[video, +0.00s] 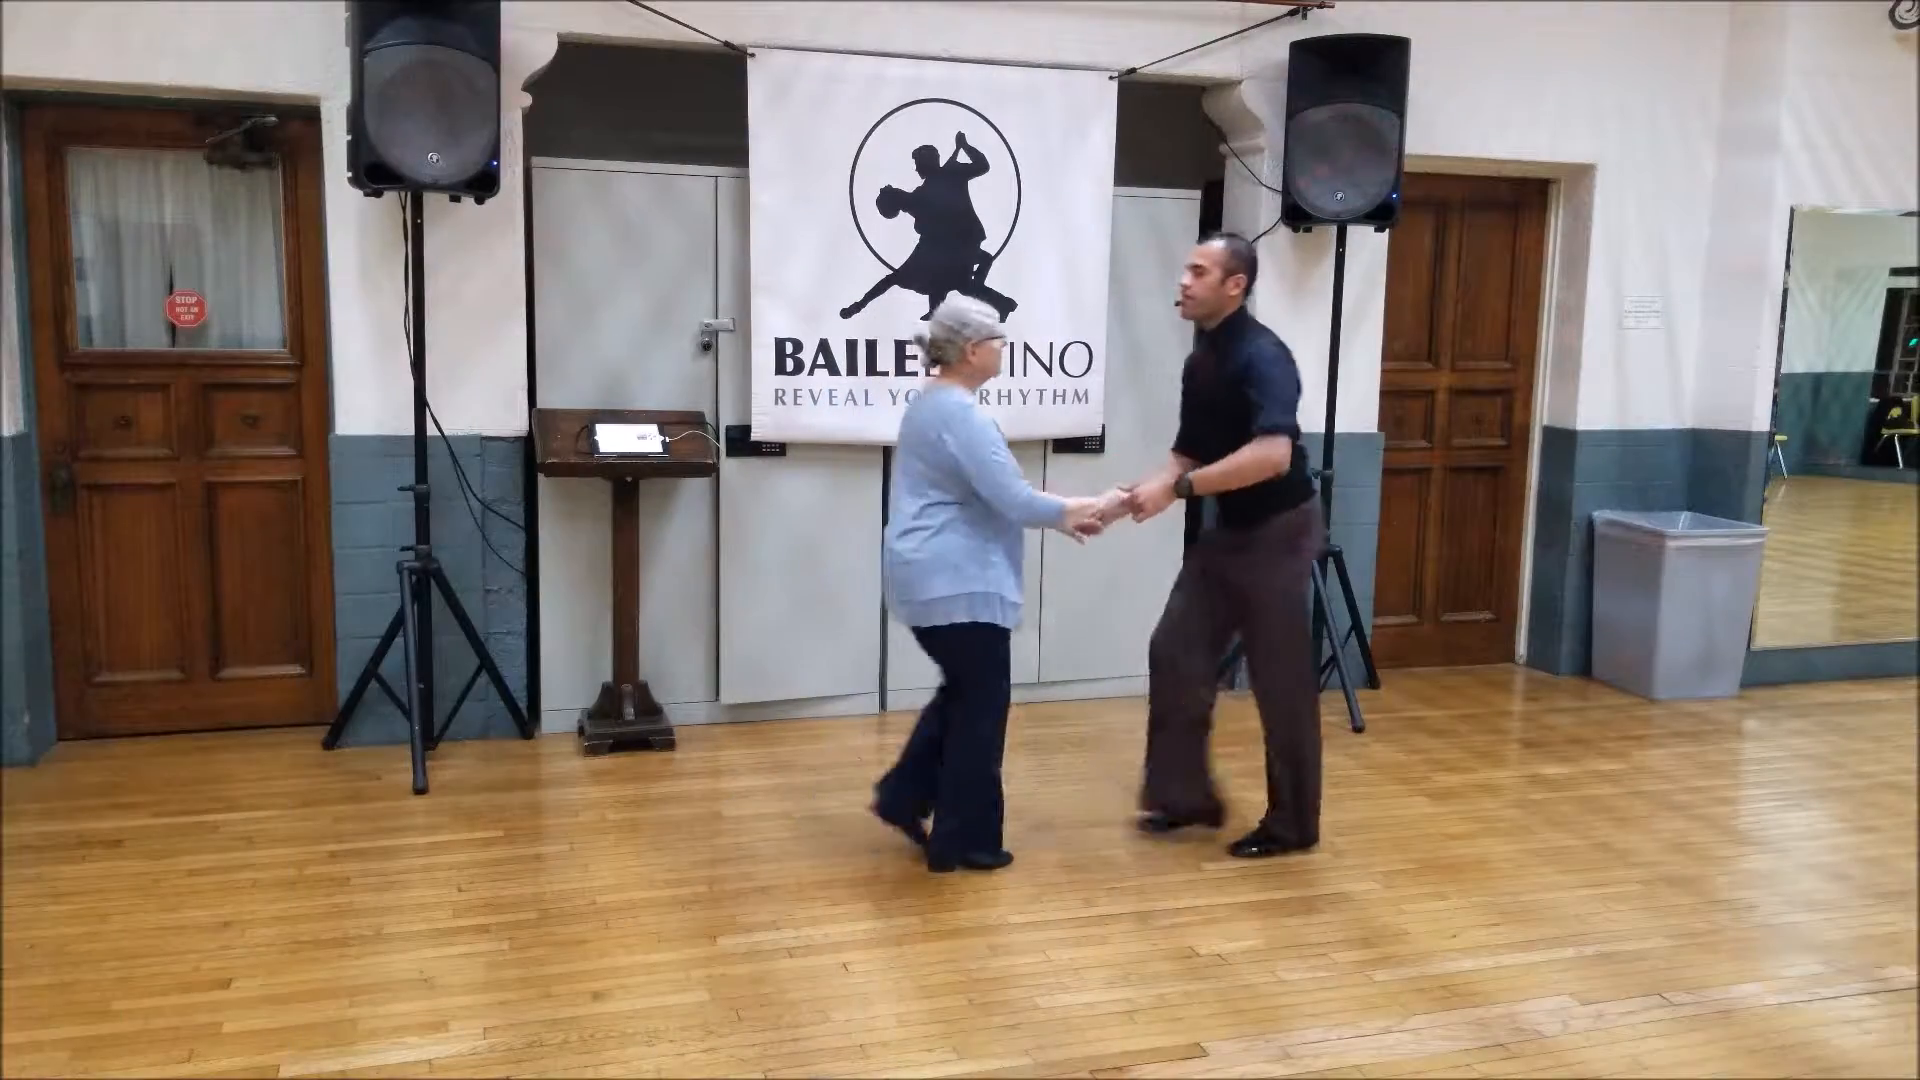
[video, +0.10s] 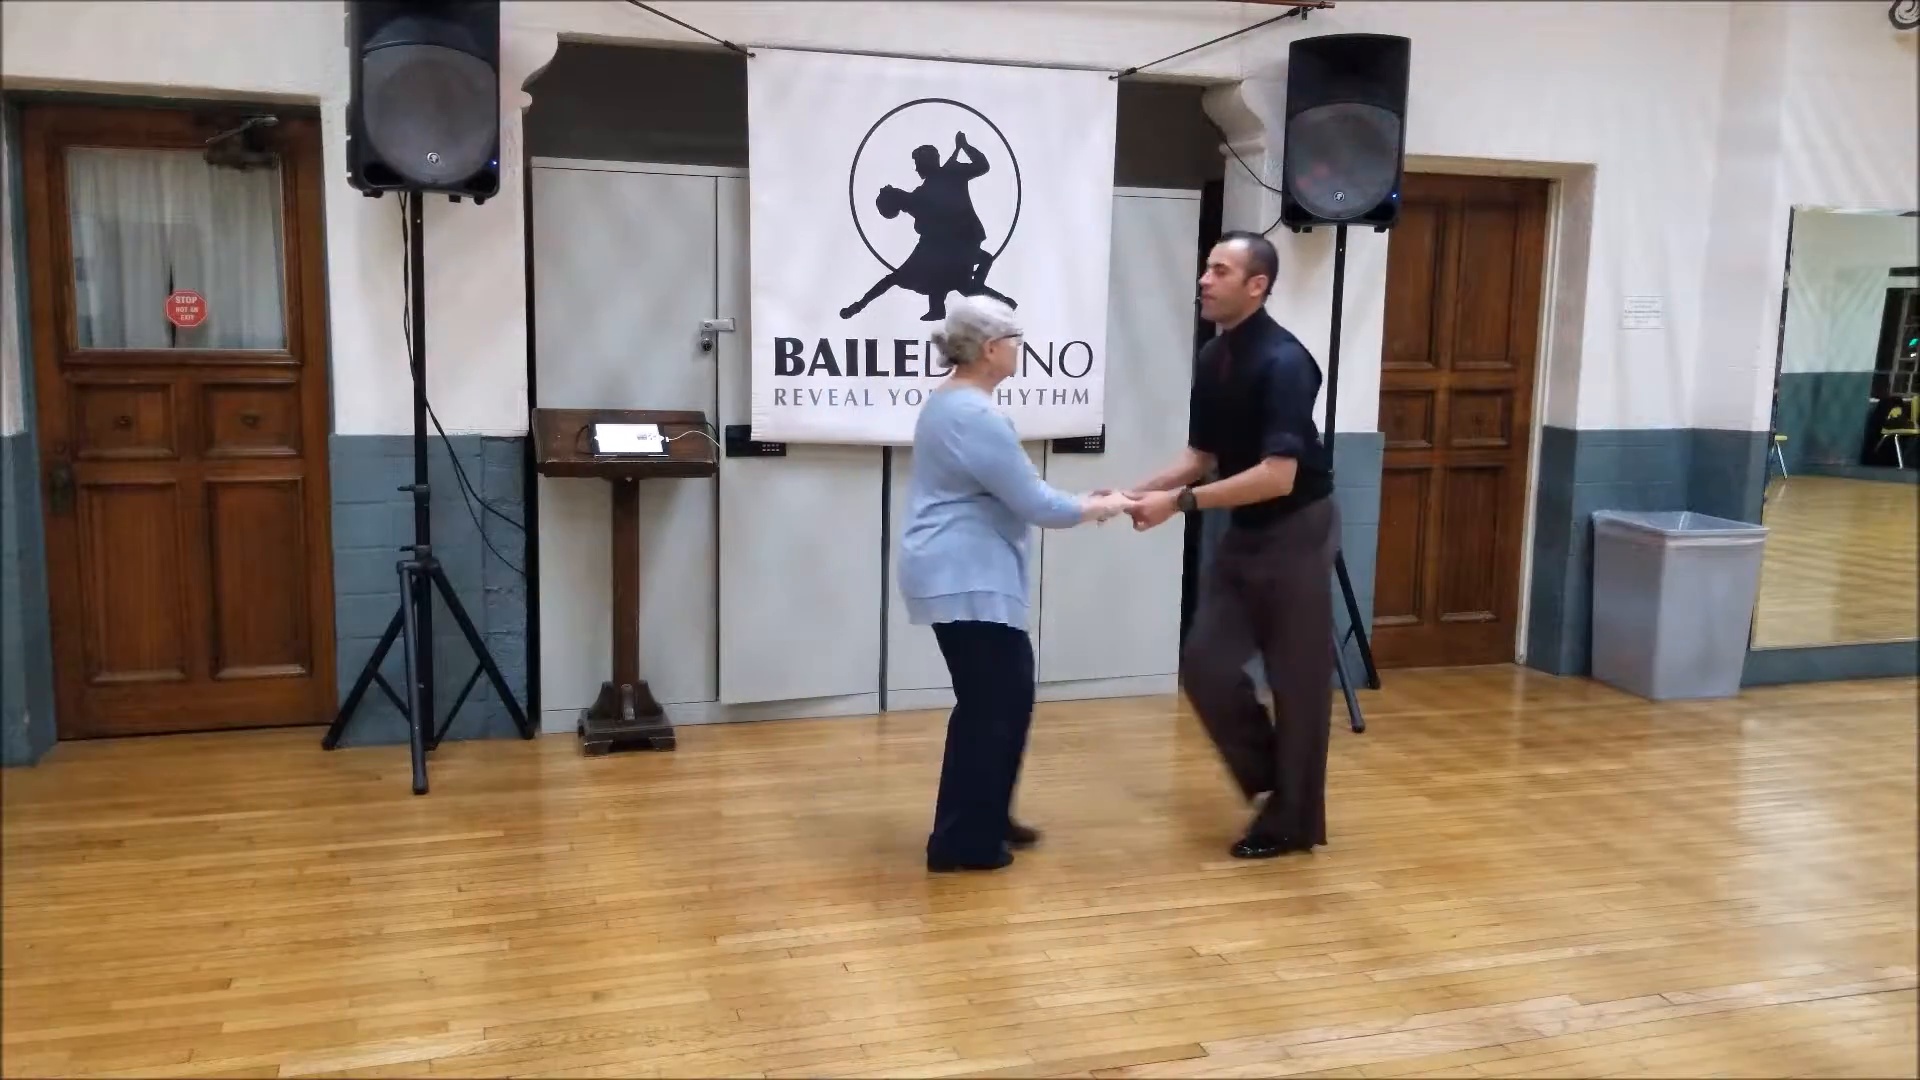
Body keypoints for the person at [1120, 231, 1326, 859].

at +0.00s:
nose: (1183, 283)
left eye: (1198, 274)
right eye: (1185, 272)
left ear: (1235, 285)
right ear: (1212, 283)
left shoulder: (1264, 355)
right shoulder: (1201, 360)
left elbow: (1274, 454)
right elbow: (1188, 456)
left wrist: (1183, 486)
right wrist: (1141, 495)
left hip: (1275, 535)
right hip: (1219, 536)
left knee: (1282, 678)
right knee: (1176, 652)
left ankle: (1294, 822)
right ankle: (1185, 799)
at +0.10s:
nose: (1205, 279)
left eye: (1220, 272)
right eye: (1206, 269)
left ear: (1257, 285)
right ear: (1215, 282)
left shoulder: (1284, 360)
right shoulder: (1213, 357)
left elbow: (1279, 474)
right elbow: (1204, 455)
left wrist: (1183, 500)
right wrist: (1149, 488)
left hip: (1296, 534)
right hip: (1237, 532)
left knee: (1299, 678)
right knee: (1207, 665)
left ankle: (1297, 823)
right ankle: (1276, 786)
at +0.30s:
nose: (1232, 281)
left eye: (1247, 274)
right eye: (1233, 270)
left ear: (1285, 288)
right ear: (1235, 277)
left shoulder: (1305, 362)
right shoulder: (1235, 355)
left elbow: (1292, 480)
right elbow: (1232, 446)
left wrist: (1199, 524)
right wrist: (1161, 464)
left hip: (1306, 530)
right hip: (1266, 529)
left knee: (1277, 670)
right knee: (1307, 666)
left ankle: (1300, 820)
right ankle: (1364, 800)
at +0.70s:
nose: (1220, 281)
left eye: (1236, 273)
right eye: (1223, 270)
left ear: (1272, 287)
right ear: (1234, 281)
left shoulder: (1290, 355)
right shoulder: (1229, 353)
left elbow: (1302, 455)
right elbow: (1213, 445)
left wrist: (1208, 478)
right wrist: (1179, 475)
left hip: (1273, 533)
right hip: (1237, 529)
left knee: (1229, 664)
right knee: (1256, 663)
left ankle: (1260, 822)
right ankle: (1346, 781)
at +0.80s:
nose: (1206, 274)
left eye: (1221, 267)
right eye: (1207, 263)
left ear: (1258, 280)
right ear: (1208, 273)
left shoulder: (1275, 353)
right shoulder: (1210, 343)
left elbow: (1272, 463)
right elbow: (1204, 435)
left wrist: (1177, 464)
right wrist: (1157, 461)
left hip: (1261, 531)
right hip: (1213, 527)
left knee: (1251, 676)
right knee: (1194, 663)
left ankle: (1263, 822)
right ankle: (1298, 754)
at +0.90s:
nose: (1187, 274)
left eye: (1202, 266)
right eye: (1189, 262)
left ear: (1238, 279)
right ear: (1199, 273)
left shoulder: (1256, 357)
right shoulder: (1189, 346)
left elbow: (1240, 471)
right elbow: (1173, 437)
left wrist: (1152, 460)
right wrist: (1126, 456)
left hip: (1249, 532)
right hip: (1198, 527)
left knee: (1260, 679)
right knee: (1148, 655)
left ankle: (1270, 823)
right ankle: (1209, 777)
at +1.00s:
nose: (1165, 276)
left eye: (1180, 269)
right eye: (1168, 265)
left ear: (1217, 284)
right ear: (1184, 277)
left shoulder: (1233, 362)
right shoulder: (1170, 347)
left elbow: (1211, 480)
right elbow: (1148, 439)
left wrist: (1120, 464)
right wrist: (1075, 444)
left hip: (1228, 540)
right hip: (1175, 533)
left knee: (1251, 682)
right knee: (1125, 667)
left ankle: (1273, 825)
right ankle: (1118, 817)